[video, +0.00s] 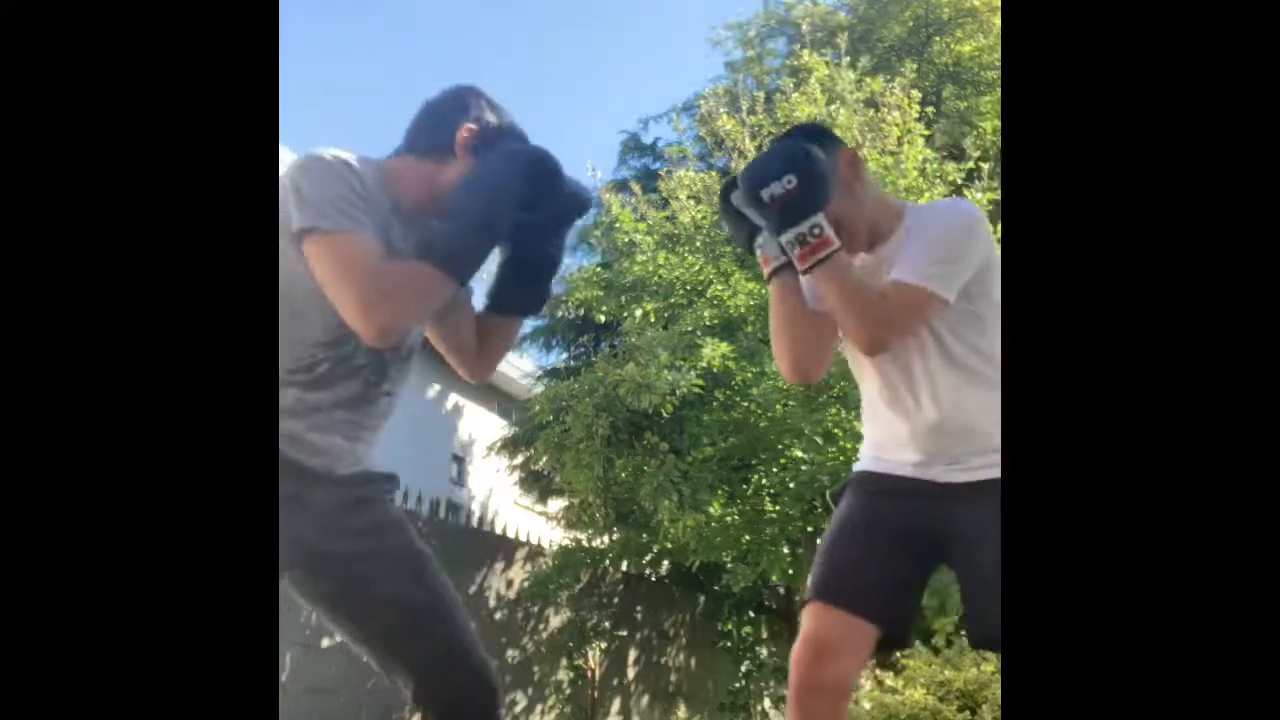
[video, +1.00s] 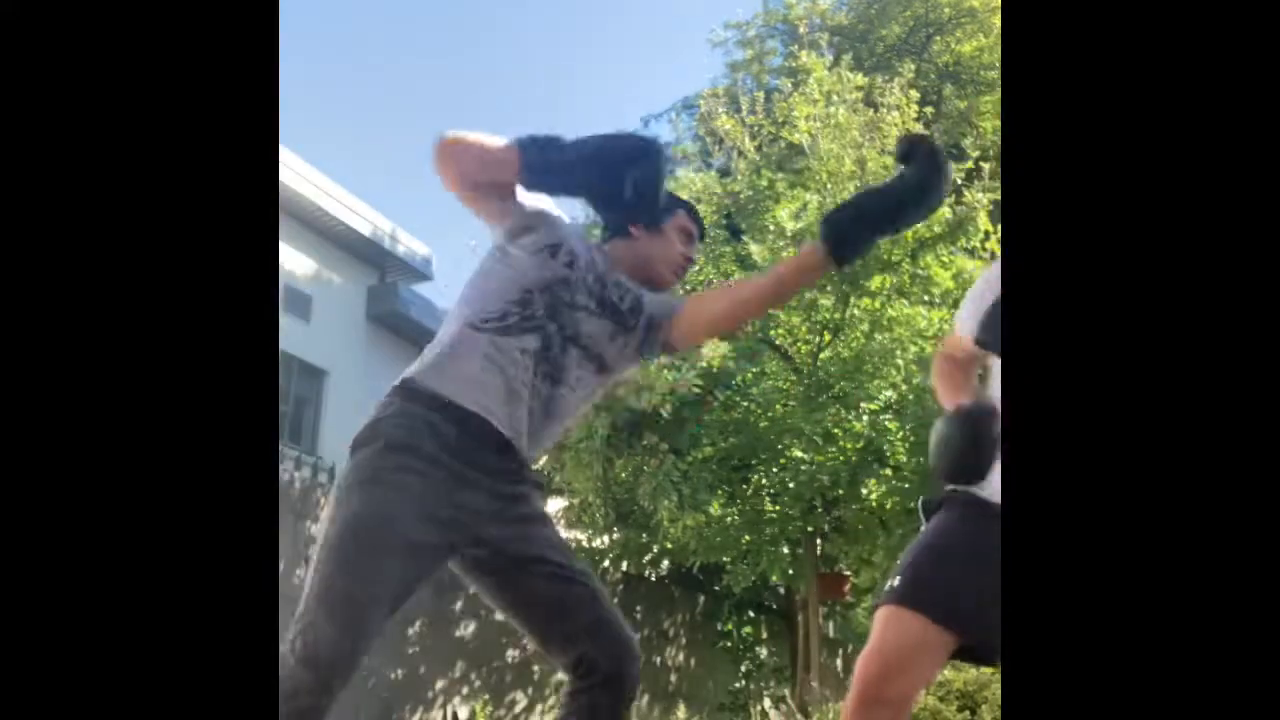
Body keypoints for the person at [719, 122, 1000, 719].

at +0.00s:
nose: (816, 230)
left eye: (819, 205)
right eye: (801, 221)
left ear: (852, 164)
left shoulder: (954, 223)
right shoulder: (834, 267)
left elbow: (873, 330)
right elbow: (801, 368)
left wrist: (811, 239)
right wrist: (778, 260)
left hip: (988, 480)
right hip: (888, 479)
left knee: (994, 667)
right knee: (818, 663)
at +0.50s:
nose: (870, 176)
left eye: (879, 152)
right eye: (861, 166)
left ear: (932, 129)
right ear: (860, 175)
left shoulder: (997, 216)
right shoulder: (887, 253)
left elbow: (965, 325)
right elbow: (865, 403)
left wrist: (868, 251)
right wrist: (827, 305)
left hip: (996, 479)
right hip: (915, 477)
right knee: (822, 666)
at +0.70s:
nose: (958, 143)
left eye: (972, 123)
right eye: (949, 132)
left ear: (1010, 127)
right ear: (944, 149)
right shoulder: (953, 235)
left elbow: (979, 312)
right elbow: (883, 367)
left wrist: (919, 213)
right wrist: (881, 250)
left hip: (984, 466)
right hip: (955, 466)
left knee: (859, 671)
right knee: (853, 673)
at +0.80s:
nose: (991, 159)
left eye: (999, 143)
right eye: (984, 146)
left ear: (1009, 147)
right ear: (976, 156)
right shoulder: (973, 249)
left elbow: (988, 323)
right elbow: (905, 378)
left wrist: (957, 243)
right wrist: (909, 262)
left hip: (983, 484)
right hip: (978, 480)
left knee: (872, 683)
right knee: (867, 684)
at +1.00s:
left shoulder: (993, 279)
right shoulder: (998, 277)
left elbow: (955, 356)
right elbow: (955, 356)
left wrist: (966, 407)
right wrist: (966, 410)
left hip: (987, 503)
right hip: (988, 499)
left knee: (879, 691)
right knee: (876, 691)